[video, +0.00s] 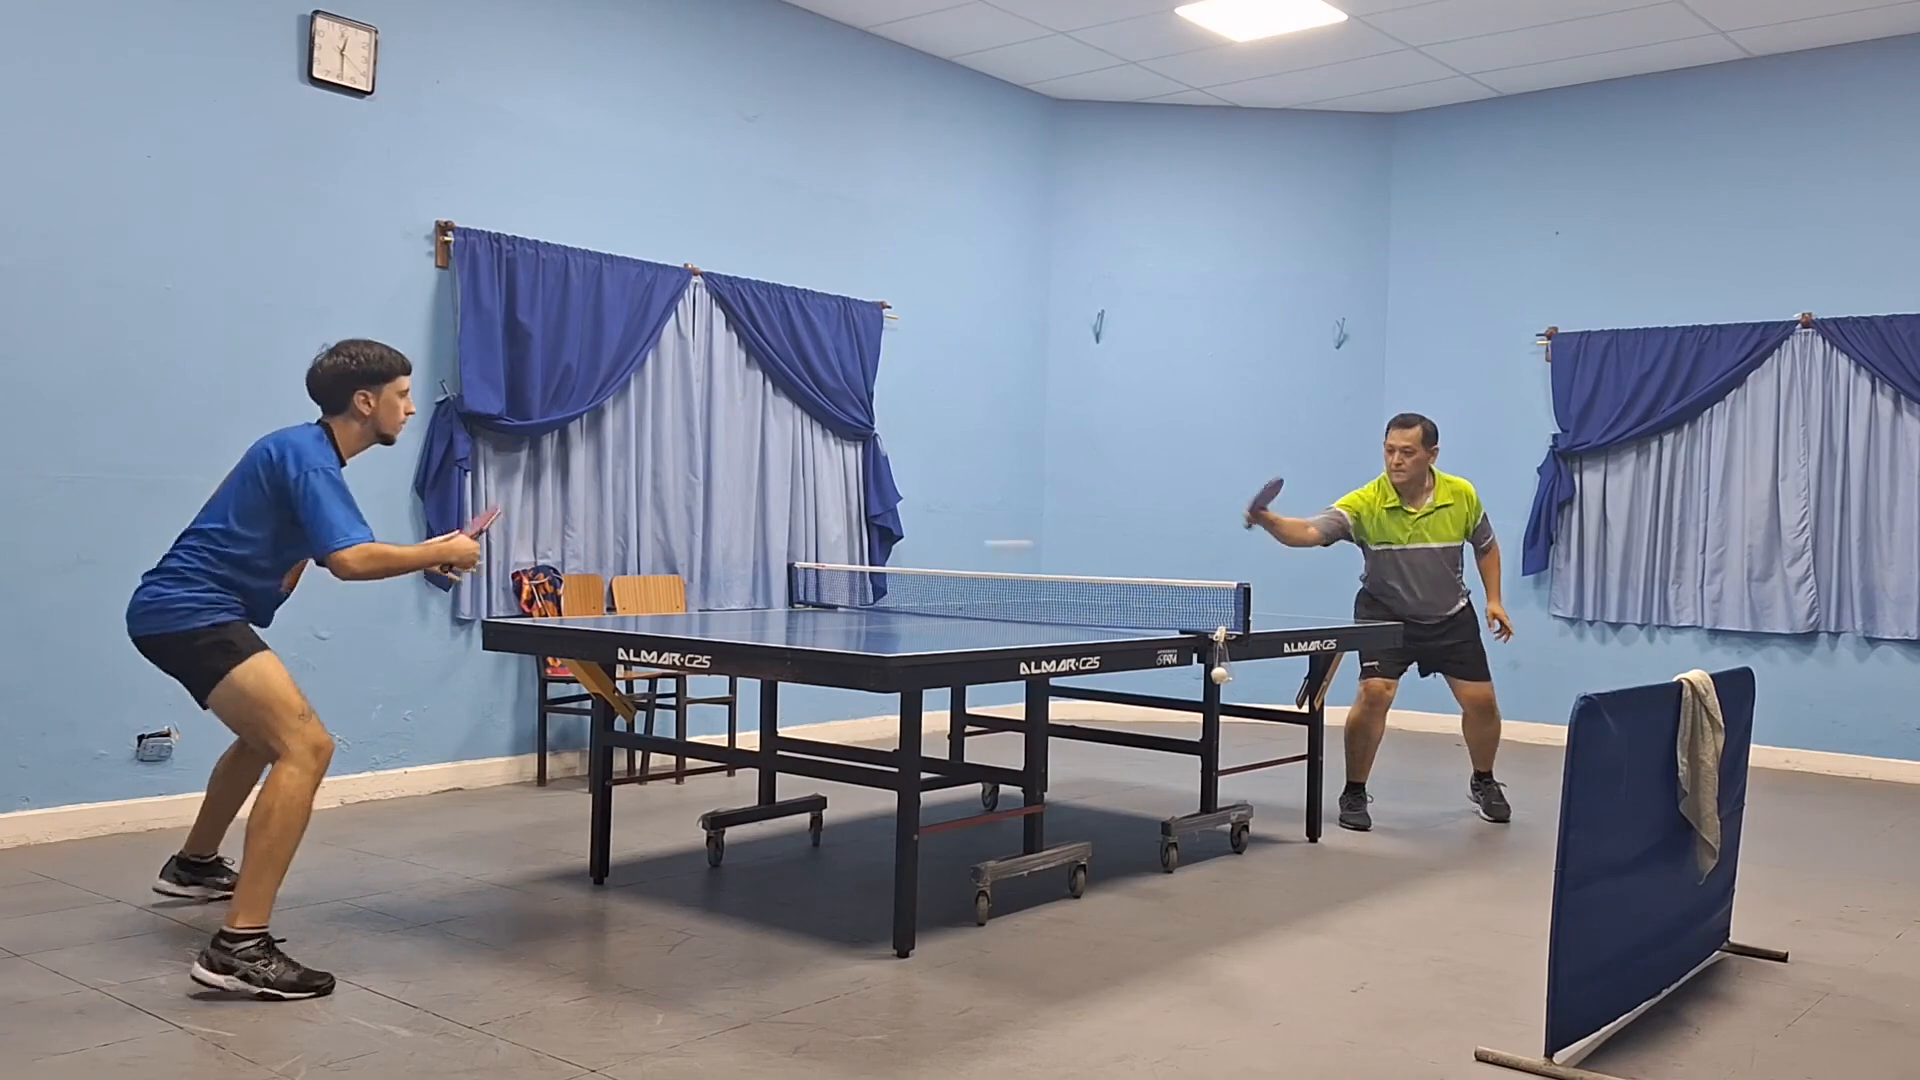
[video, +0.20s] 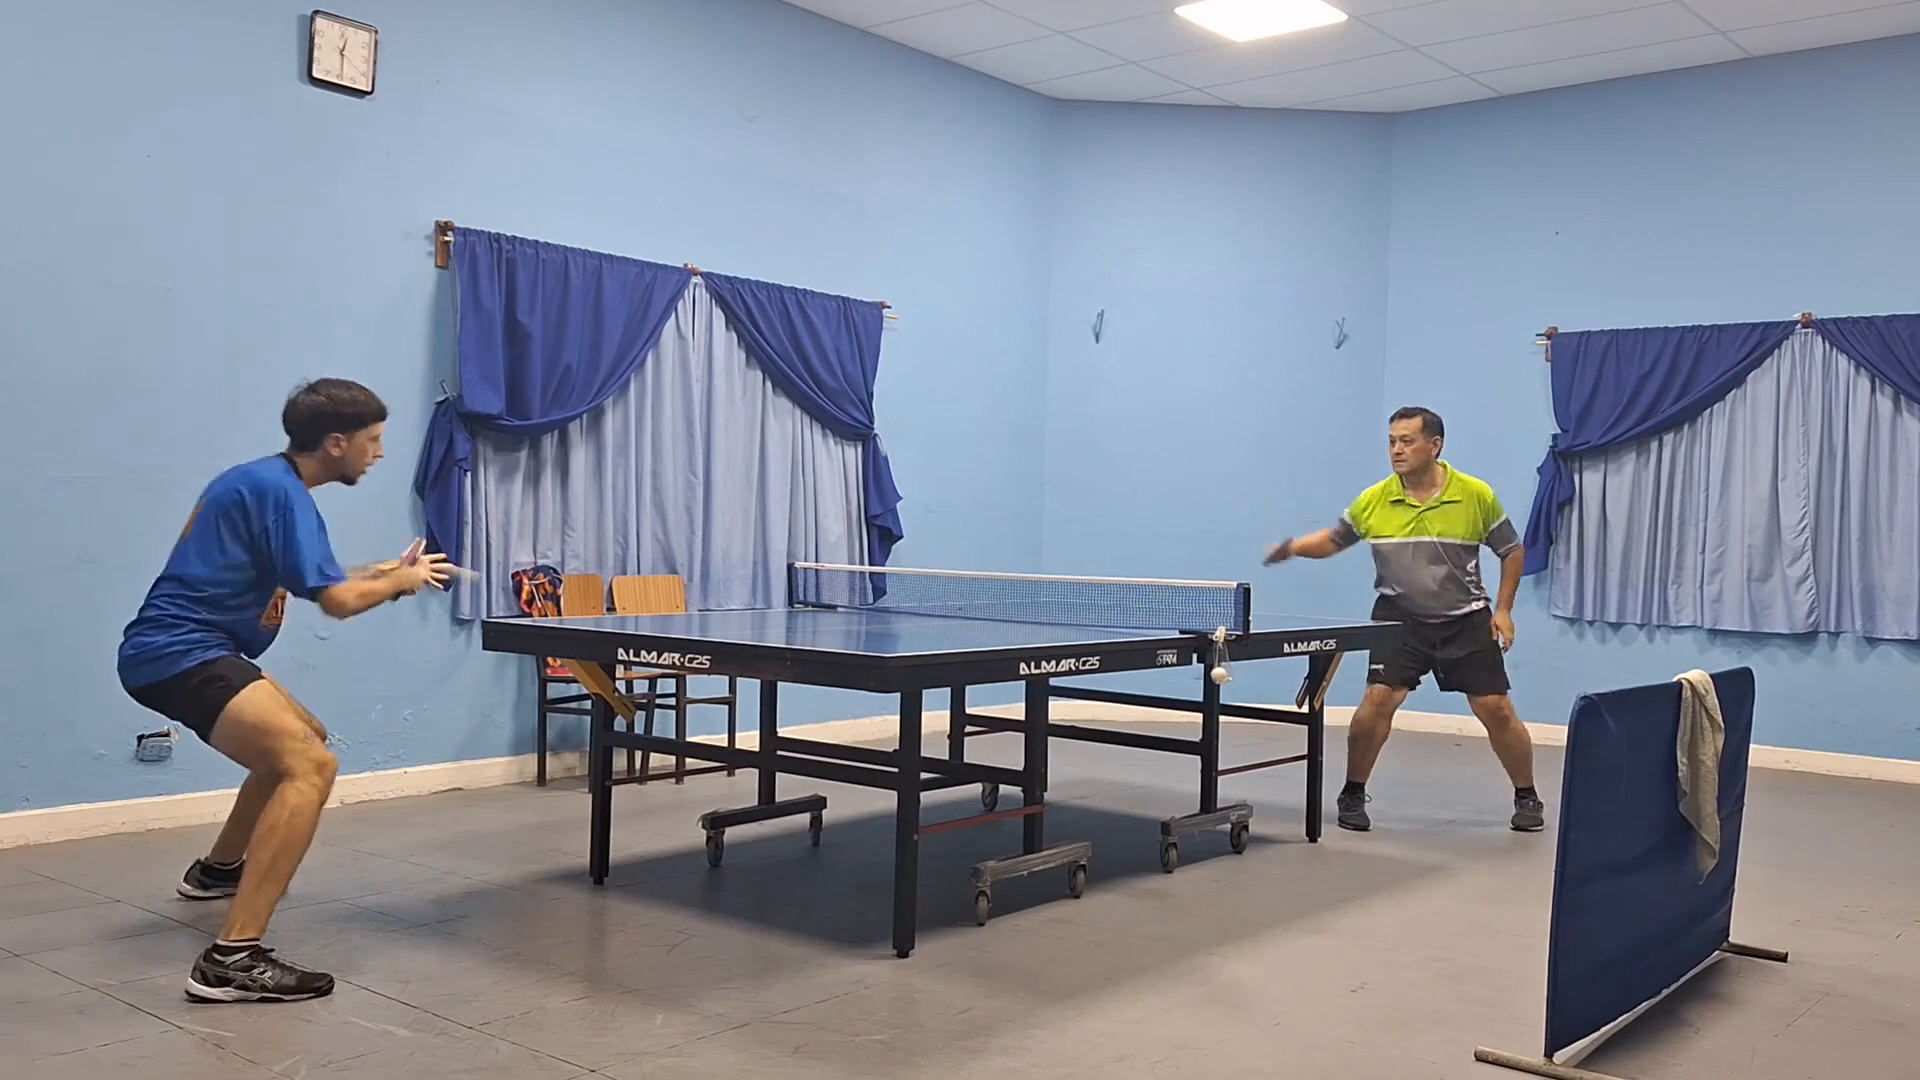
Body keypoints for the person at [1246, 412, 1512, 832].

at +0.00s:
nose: (1395, 460)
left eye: (1407, 452)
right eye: (1390, 451)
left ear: (1431, 455)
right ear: (1383, 452)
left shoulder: (1461, 496)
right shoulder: (1367, 502)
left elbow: (1486, 546)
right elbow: (1312, 531)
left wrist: (1494, 600)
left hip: (1450, 615)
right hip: (1385, 614)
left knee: (1482, 701)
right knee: (1376, 694)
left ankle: (1484, 780)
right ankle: (1355, 793)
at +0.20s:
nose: (1396, 449)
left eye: (1406, 441)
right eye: (1392, 442)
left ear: (1434, 445)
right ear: (1389, 446)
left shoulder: (1475, 495)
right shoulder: (1375, 500)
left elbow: (1512, 551)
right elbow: (1334, 539)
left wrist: (1504, 609)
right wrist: (1294, 547)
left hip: (1465, 622)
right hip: (1400, 623)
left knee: (1495, 708)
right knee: (1379, 698)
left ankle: (1526, 795)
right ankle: (1353, 793)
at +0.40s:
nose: (1400, 443)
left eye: (1408, 434)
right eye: (1397, 436)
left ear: (1438, 436)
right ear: (1398, 442)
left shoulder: (1471, 479)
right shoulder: (1413, 492)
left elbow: (1502, 535)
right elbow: (1404, 552)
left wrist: (1437, 561)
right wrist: (1362, 572)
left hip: (1489, 608)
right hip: (1432, 608)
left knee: (1503, 704)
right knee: (1391, 682)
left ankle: (1526, 796)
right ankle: (1398, 775)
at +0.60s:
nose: (1390, 473)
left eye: (1396, 464)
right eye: (1387, 467)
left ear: (1424, 460)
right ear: (1424, 464)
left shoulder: (1444, 493)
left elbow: (1397, 553)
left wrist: (1362, 563)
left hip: (1491, 611)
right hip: (1457, 617)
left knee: (1477, 708)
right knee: (1424, 695)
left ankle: (1528, 798)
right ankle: (1434, 775)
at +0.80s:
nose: (1368, 480)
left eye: (1372, 471)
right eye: (1365, 474)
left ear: (1398, 466)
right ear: (1400, 469)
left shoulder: (1419, 498)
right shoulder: (1420, 497)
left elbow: (1407, 573)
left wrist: (1368, 608)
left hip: (1483, 605)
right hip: (1448, 614)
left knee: (1487, 697)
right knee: (1411, 684)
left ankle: (1528, 797)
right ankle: (1432, 773)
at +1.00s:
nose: (1373, 456)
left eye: (1379, 448)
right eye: (1370, 451)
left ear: (1405, 445)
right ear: (1388, 453)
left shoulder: (1432, 480)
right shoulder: (1406, 495)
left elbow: (1456, 535)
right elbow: (1438, 547)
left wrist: (1420, 584)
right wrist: (1431, 592)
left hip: (1478, 591)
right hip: (1439, 601)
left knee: (1497, 684)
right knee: (1416, 681)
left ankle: (1531, 784)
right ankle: (1431, 772)